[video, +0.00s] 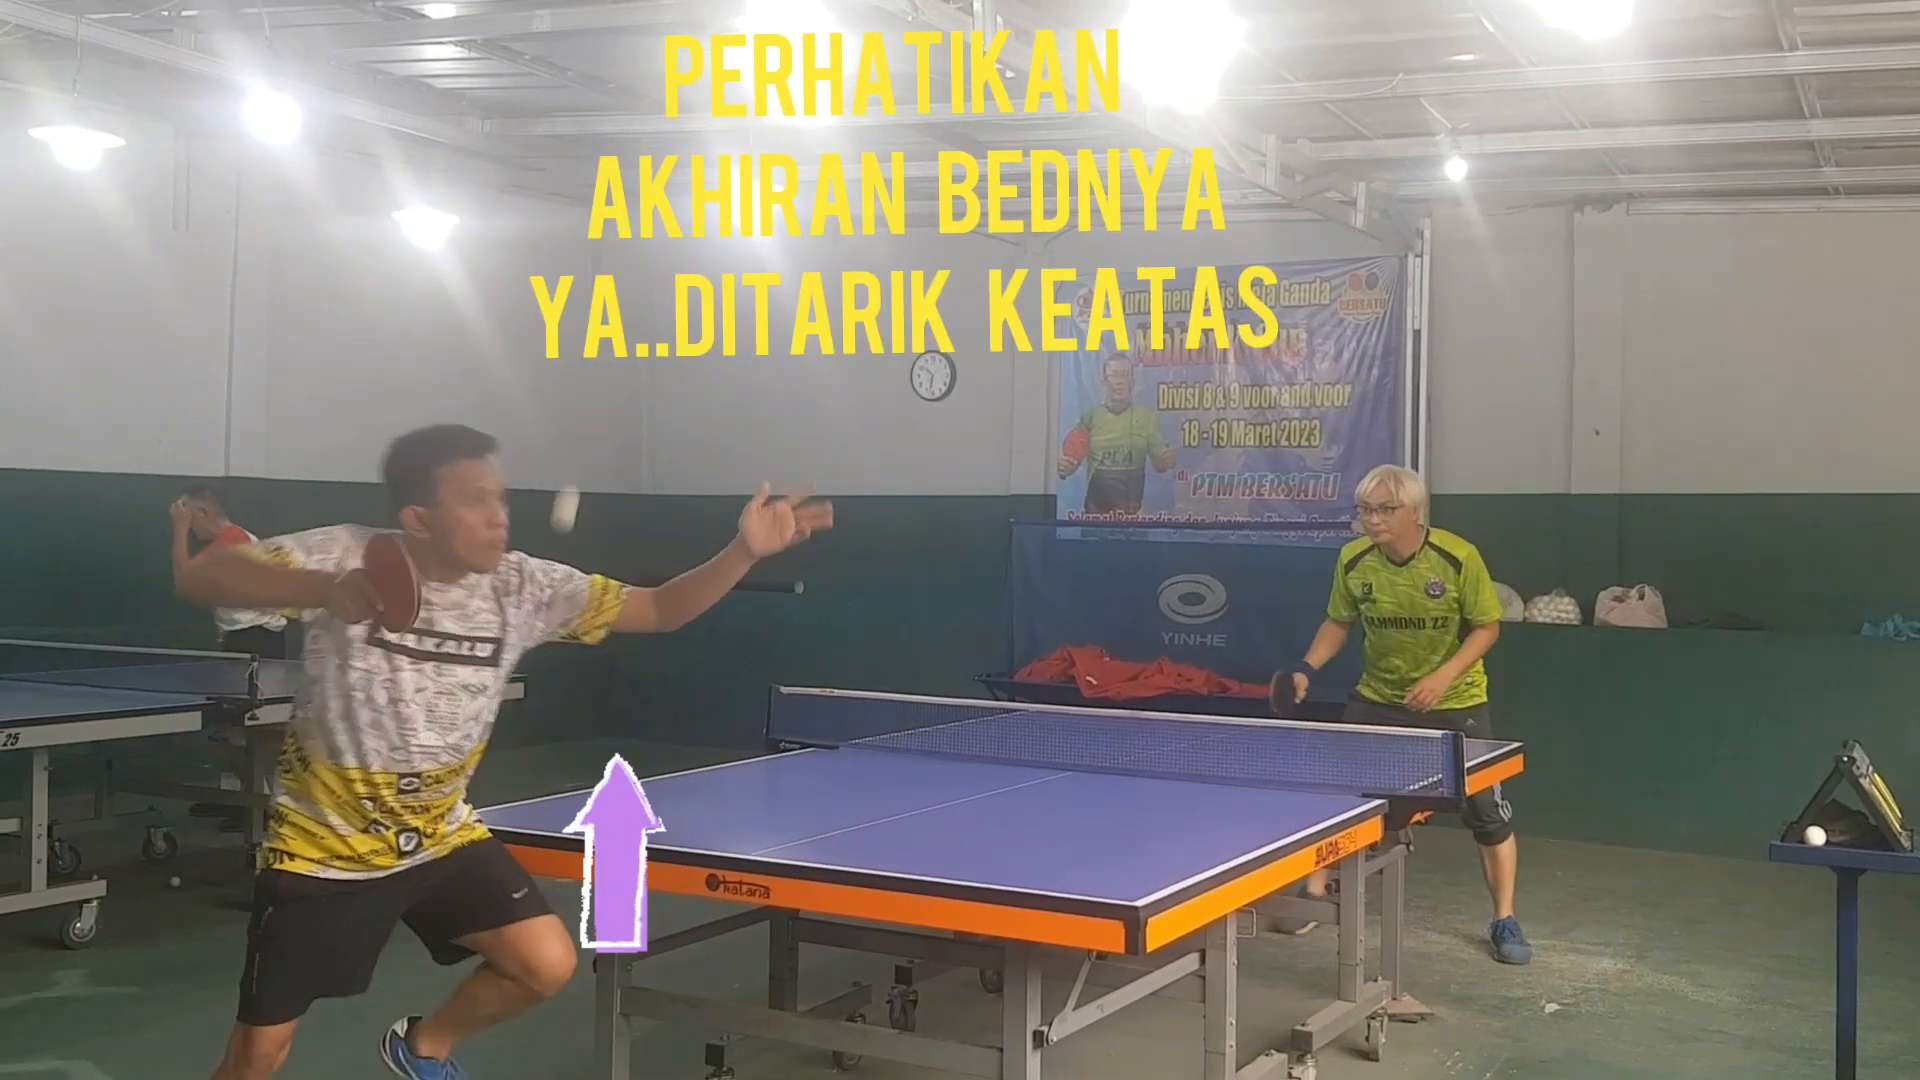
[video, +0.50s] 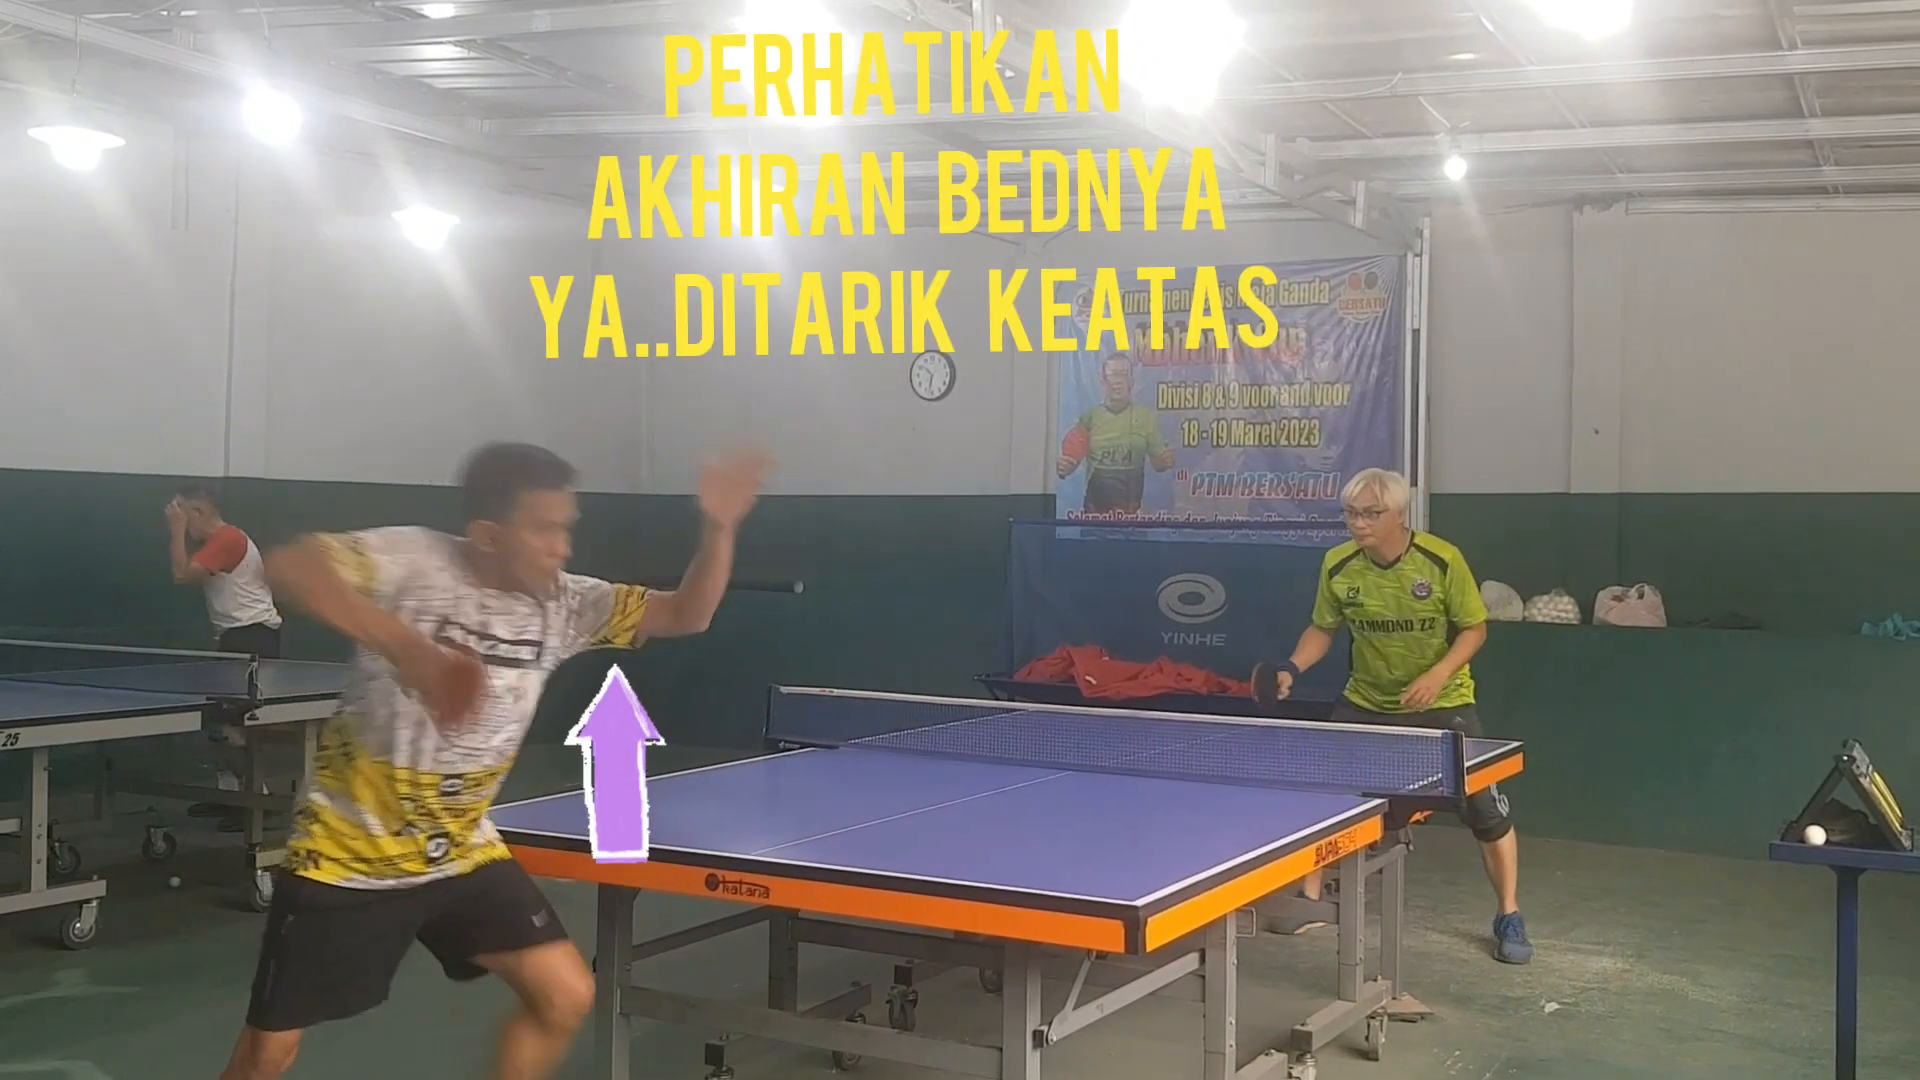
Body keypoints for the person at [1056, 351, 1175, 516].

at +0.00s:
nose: (1118, 382)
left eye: (1123, 375)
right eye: (1112, 375)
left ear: (1132, 380)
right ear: (1103, 381)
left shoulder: (1145, 417)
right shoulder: (1091, 418)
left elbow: (1158, 462)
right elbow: (1074, 450)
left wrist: (1166, 460)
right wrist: (1066, 466)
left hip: (1131, 505)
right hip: (1097, 506)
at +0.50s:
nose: (1117, 382)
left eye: (1123, 375)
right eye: (1111, 375)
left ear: (1132, 380)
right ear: (1102, 380)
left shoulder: (1145, 418)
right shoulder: (1091, 417)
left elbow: (1158, 462)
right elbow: (1074, 450)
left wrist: (1165, 460)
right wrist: (1064, 466)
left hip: (1131, 506)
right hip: (1096, 506)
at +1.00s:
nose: (1118, 381)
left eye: (1124, 374)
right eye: (1112, 374)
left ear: (1133, 380)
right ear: (1104, 380)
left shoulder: (1146, 417)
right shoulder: (1092, 417)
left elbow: (1159, 461)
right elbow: (1076, 450)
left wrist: (1167, 459)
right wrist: (1066, 466)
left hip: (1132, 505)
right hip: (1097, 506)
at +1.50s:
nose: (1119, 380)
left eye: (1125, 373)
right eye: (1112, 374)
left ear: (1134, 379)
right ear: (1104, 379)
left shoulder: (1146, 416)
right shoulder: (1093, 416)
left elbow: (1160, 460)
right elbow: (1076, 448)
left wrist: (1167, 458)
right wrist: (1066, 465)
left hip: (1133, 504)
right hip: (1098, 505)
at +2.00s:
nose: (1119, 379)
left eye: (1125, 372)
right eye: (1113, 372)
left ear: (1134, 379)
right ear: (1105, 379)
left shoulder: (1147, 416)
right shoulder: (1093, 415)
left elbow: (1160, 461)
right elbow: (1077, 449)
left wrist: (1168, 458)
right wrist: (1067, 464)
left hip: (1132, 503)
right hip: (1098, 505)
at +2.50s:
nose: (1120, 378)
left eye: (1126, 372)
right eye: (1114, 372)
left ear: (1134, 379)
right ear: (1105, 378)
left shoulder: (1147, 416)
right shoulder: (1093, 416)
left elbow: (1161, 461)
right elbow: (1077, 449)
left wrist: (1168, 458)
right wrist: (1067, 464)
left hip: (1133, 504)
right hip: (1098, 505)